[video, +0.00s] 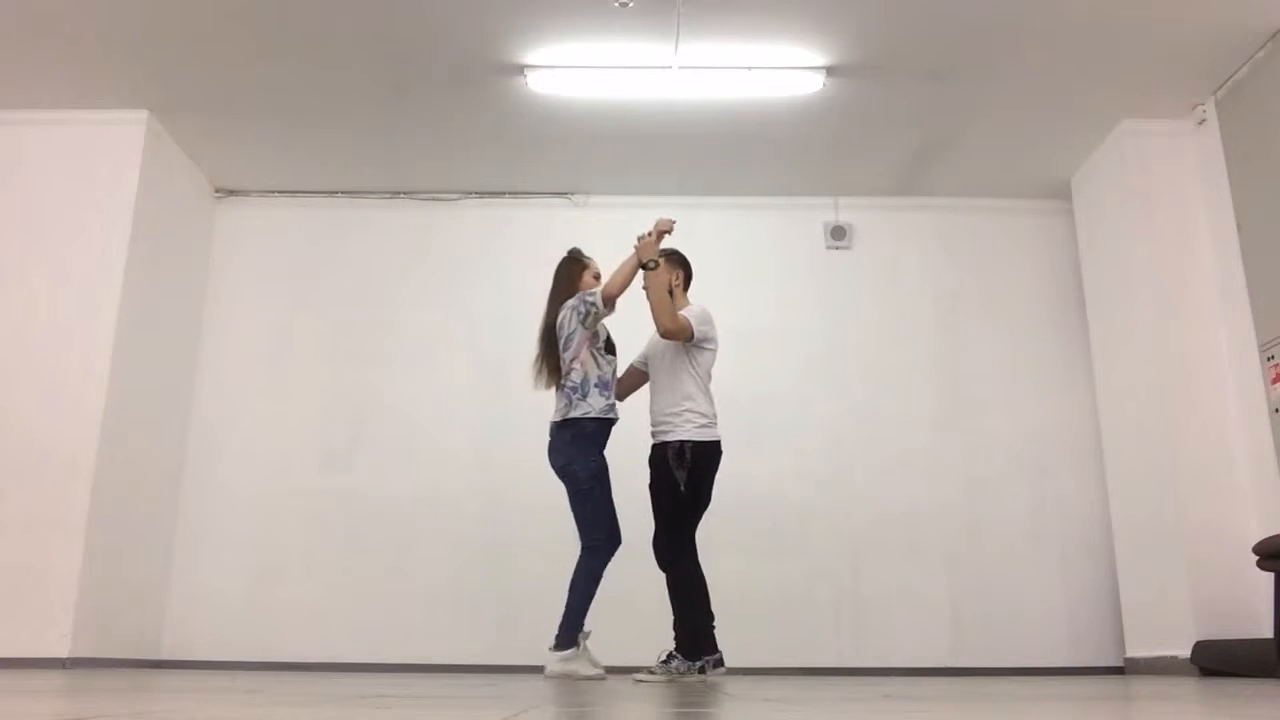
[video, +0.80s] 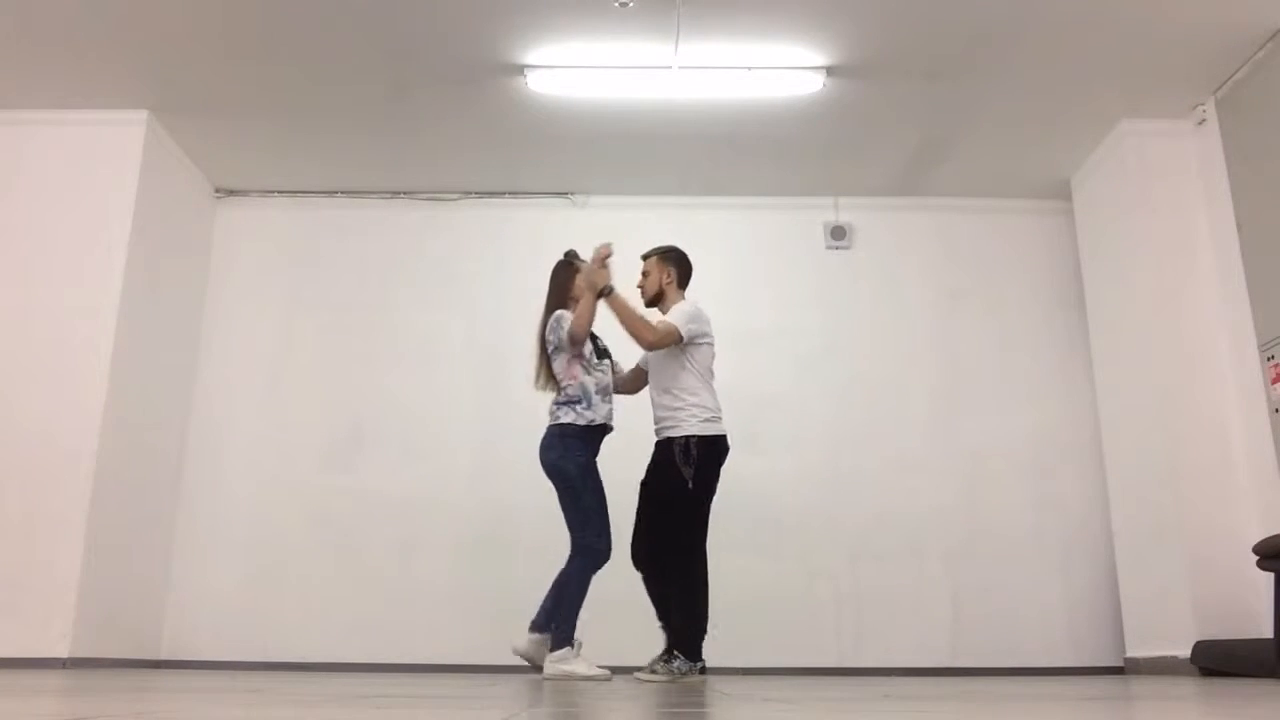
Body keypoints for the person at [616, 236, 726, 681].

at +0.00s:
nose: (648, 283)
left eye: (657, 273)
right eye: (647, 276)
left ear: (679, 276)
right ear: (657, 282)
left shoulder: (701, 317)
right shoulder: (657, 340)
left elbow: (668, 326)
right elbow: (617, 390)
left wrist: (648, 267)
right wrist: (574, 379)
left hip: (692, 445)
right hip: (668, 447)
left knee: (672, 546)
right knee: (676, 548)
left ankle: (692, 651)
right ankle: (701, 648)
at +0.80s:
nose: (638, 282)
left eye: (644, 274)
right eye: (639, 275)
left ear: (669, 276)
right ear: (666, 278)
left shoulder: (690, 314)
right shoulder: (664, 331)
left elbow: (652, 338)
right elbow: (628, 382)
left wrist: (607, 291)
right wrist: (577, 369)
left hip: (696, 443)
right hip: (672, 444)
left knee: (681, 547)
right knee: (647, 548)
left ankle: (688, 655)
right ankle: (677, 646)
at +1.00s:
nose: (625, 283)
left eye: (630, 274)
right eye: (627, 275)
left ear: (652, 276)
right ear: (653, 278)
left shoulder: (671, 318)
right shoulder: (659, 322)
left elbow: (629, 365)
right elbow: (628, 365)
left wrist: (577, 340)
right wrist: (596, 347)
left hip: (681, 444)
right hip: (668, 444)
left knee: (665, 551)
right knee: (652, 551)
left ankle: (682, 657)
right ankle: (663, 654)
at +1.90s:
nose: (613, 306)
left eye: (621, 295)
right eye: (610, 297)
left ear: (646, 296)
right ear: (607, 301)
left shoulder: (665, 337)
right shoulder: (612, 347)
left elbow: (646, 348)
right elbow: (579, 362)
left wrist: (632, 309)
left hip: (656, 459)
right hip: (615, 461)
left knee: (647, 556)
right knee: (615, 556)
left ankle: (642, 653)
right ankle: (624, 651)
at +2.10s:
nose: (619, 304)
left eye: (627, 298)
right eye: (613, 299)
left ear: (647, 304)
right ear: (607, 306)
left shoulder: (663, 348)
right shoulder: (595, 346)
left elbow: (699, 343)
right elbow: (536, 362)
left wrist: (696, 292)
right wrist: (560, 358)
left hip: (649, 463)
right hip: (604, 462)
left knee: (651, 554)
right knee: (608, 555)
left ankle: (656, 646)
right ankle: (621, 652)